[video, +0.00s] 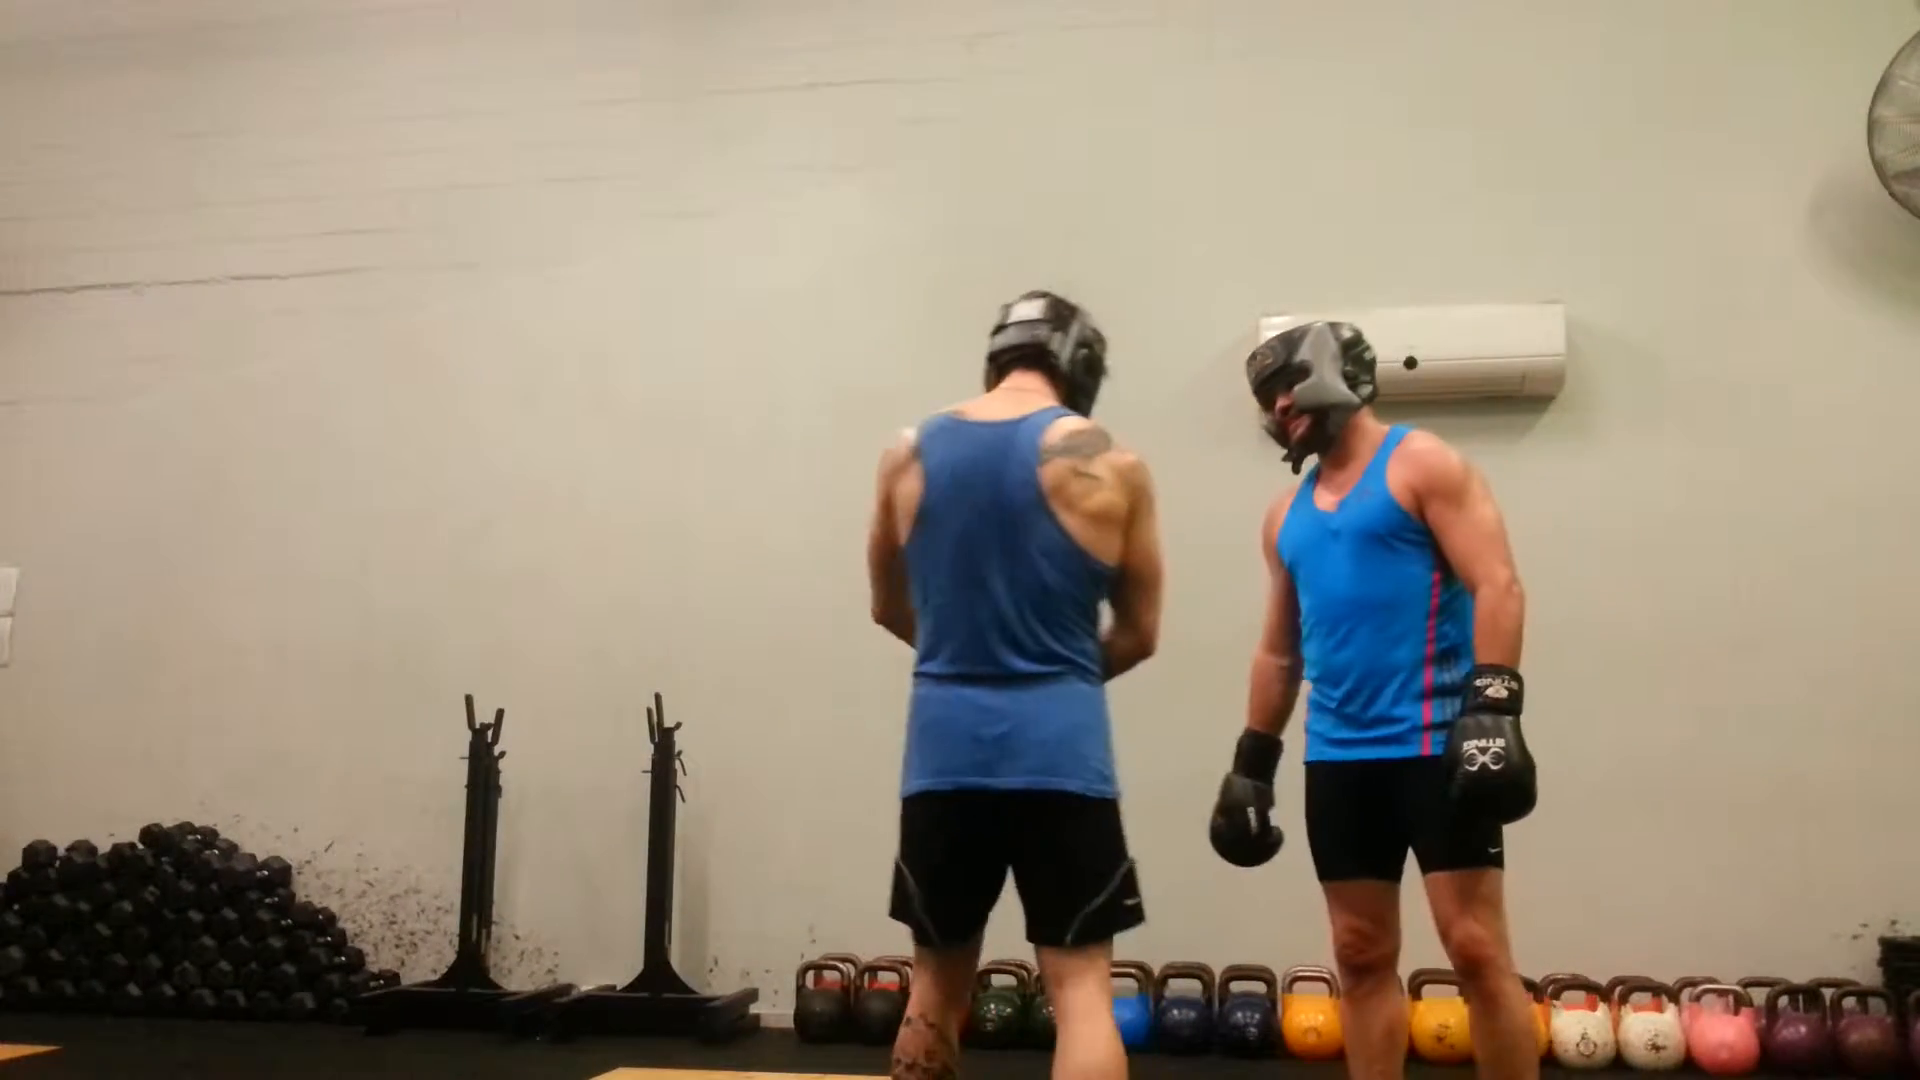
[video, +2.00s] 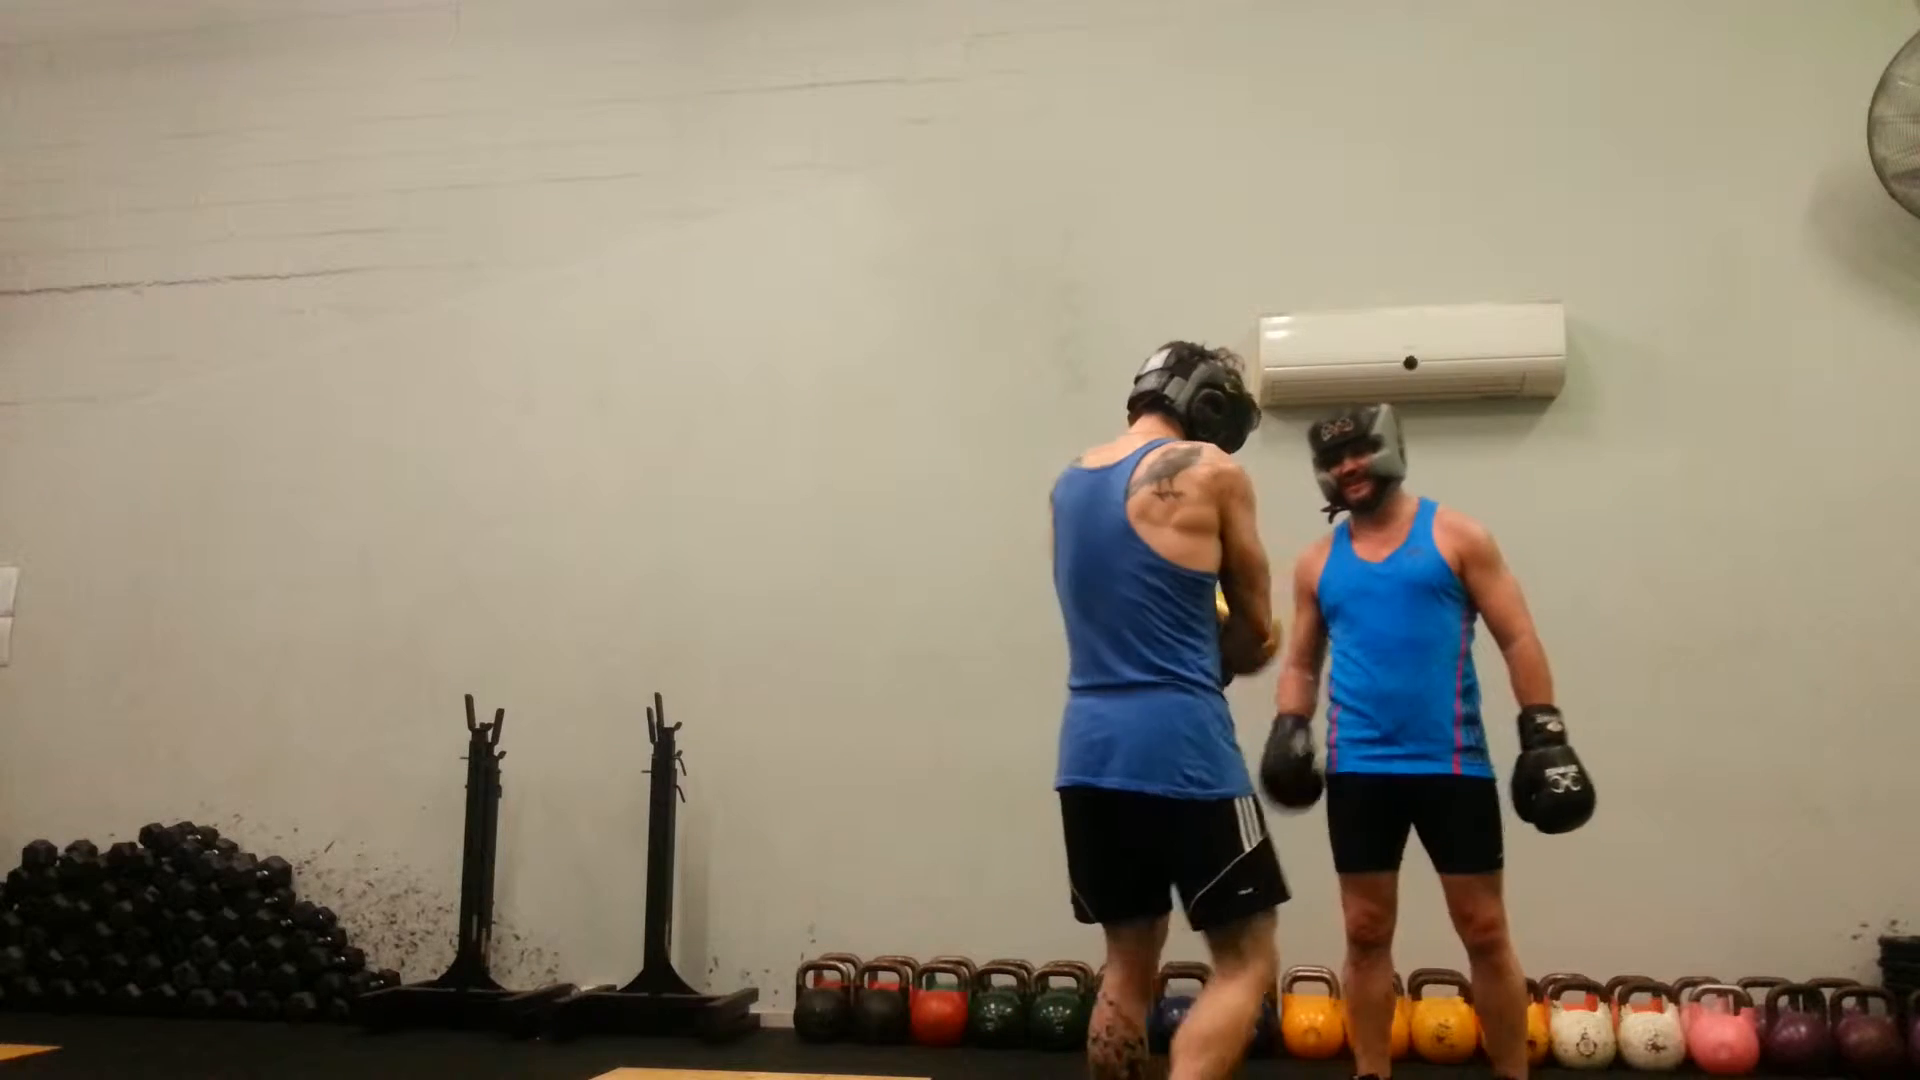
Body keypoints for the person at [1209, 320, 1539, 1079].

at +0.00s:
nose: (1277, 410)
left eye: (1288, 388)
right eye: (1267, 399)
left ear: (1338, 376)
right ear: (1273, 415)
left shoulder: (1424, 466)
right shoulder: (1286, 516)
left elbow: (1498, 585)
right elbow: (1278, 651)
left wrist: (1493, 713)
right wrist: (1250, 769)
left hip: (1442, 752)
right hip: (1339, 762)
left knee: (1475, 951)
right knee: (1359, 954)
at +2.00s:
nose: (1352, 468)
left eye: (1364, 452)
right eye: (1336, 460)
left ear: (1394, 453)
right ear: (1323, 474)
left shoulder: (1458, 537)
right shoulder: (1317, 563)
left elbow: (1516, 636)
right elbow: (1300, 663)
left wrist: (1545, 735)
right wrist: (1290, 729)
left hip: (1452, 767)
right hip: (1358, 772)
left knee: (1485, 932)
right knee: (1365, 934)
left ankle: (1512, 1073)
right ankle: (1371, 1073)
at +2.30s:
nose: (1394, 467)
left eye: (1407, 452)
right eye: (1378, 458)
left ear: (1438, 453)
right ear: (1364, 471)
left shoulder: (1499, 538)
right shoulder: (1357, 555)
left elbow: (1554, 641)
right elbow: (1326, 667)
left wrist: (1570, 738)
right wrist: (1340, 617)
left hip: (1486, 766)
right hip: (1393, 768)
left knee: (1507, 933)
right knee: (1383, 932)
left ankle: (1521, 1074)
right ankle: (1378, 1075)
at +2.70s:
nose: (1434, 474)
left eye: (1447, 460)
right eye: (1421, 462)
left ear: (1478, 463)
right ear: (1404, 469)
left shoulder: (1533, 545)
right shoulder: (1399, 548)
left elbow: (1583, 652)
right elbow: (1351, 624)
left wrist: (1600, 749)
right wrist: (1396, 510)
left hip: (1515, 766)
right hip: (1420, 767)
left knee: (1523, 934)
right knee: (1398, 940)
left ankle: (1527, 1073)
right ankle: (1382, 1075)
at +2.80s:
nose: (1441, 476)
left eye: (1452, 462)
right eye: (1429, 463)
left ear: (1479, 464)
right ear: (1412, 472)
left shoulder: (1539, 547)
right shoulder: (1404, 548)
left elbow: (1586, 655)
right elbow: (1359, 643)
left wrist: (1608, 754)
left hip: (1517, 768)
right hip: (1421, 767)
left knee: (1524, 933)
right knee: (1403, 935)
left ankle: (1526, 1073)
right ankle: (1382, 1070)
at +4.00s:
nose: (1448, 470)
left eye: (1459, 450)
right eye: (1432, 450)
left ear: (1485, 465)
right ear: (1412, 472)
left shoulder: (1536, 542)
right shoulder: (1394, 550)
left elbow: (1588, 648)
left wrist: (1607, 743)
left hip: (1515, 766)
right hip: (1418, 765)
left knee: (1523, 937)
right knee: (1398, 934)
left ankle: (1531, 1066)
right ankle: (1380, 1068)